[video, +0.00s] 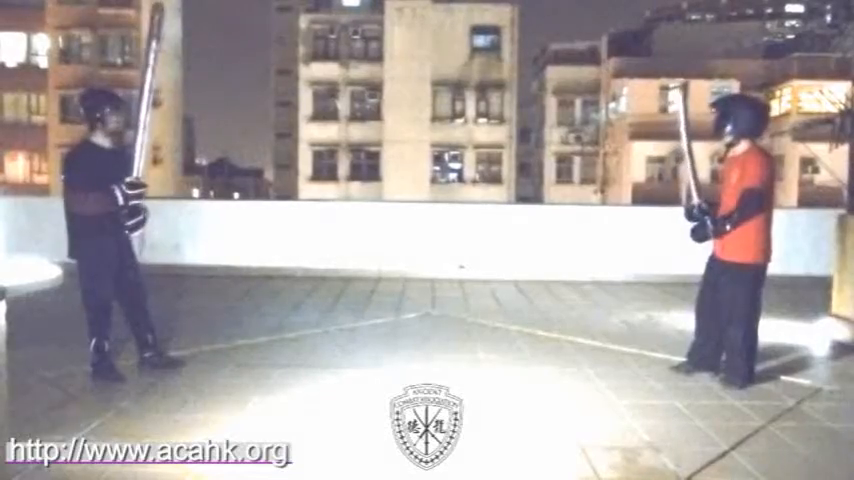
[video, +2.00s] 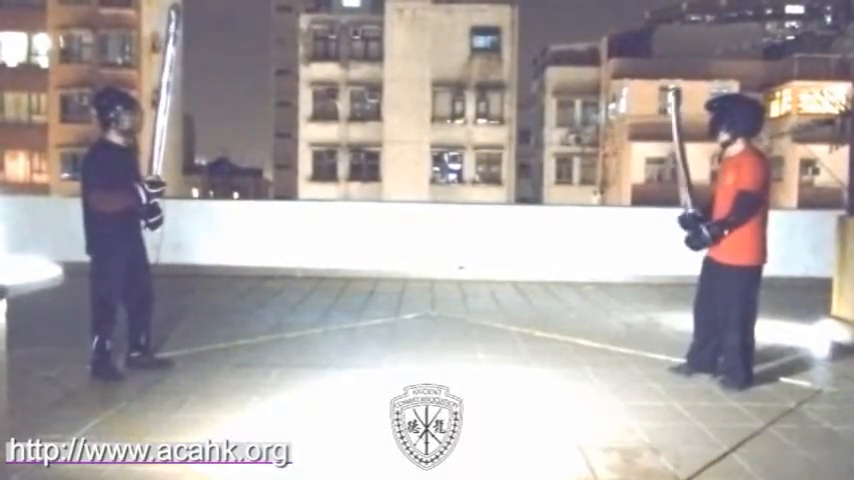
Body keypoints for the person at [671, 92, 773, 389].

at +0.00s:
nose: (720, 125)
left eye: (725, 119)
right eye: (721, 119)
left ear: (739, 123)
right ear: (738, 123)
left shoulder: (756, 159)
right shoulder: (731, 158)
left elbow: (753, 202)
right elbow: (729, 202)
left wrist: (721, 226)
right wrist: (708, 211)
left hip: (747, 254)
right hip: (724, 250)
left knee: (739, 314)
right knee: (709, 307)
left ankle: (738, 371)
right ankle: (703, 358)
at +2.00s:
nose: (714, 127)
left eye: (719, 121)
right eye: (715, 121)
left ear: (733, 126)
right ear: (731, 126)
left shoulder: (752, 162)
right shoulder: (723, 160)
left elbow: (746, 206)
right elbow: (719, 201)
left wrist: (714, 230)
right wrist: (701, 216)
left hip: (743, 254)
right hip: (719, 250)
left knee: (736, 315)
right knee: (707, 308)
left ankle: (736, 371)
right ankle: (701, 359)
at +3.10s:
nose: (706, 192)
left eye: (710, 185)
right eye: (705, 186)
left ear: (727, 182)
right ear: (711, 185)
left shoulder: (754, 212)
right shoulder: (719, 218)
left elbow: (746, 255)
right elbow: (717, 259)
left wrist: (721, 288)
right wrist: (710, 291)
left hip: (756, 306)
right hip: (729, 304)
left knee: (753, 367)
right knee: (717, 361)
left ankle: (749, 422)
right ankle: (709, 411)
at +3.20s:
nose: (705, 197)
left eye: (707, 190)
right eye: (702, 191)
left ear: (721, 185)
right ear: (713, 188)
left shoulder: (751, 211)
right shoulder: (721, 217)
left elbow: (746, 255)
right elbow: (718, 260)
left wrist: (721, 290)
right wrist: (709, 292)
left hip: (754, 305)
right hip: (729, 303)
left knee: (752, 367)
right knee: (717, 360)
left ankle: (747, 422)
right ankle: (709, 411)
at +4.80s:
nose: (722, 190)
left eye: (724, 182)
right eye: (721, 183)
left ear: (740, 180)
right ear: (738, 181)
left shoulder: (769, 208)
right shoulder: (739, 213)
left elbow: (763, 251)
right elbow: (734, 256)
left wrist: (737, 288)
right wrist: (724, 289)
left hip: (768, 303)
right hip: (743, 301)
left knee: (764, 364)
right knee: (730, 357)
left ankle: (761, 421)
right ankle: (723, 409)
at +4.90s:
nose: (720, 189)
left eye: (723, 181)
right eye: (719, 182)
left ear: (738, 179)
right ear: (735, 181)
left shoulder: (767, 208)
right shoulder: (737, 212)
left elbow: (762, 249)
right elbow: (732, 255)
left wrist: (735, 284)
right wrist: (722, 287)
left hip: (766, 302)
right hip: (740, 300)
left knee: (762, 363)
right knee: (728, 356)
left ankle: (760, 420)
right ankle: (721, 409)